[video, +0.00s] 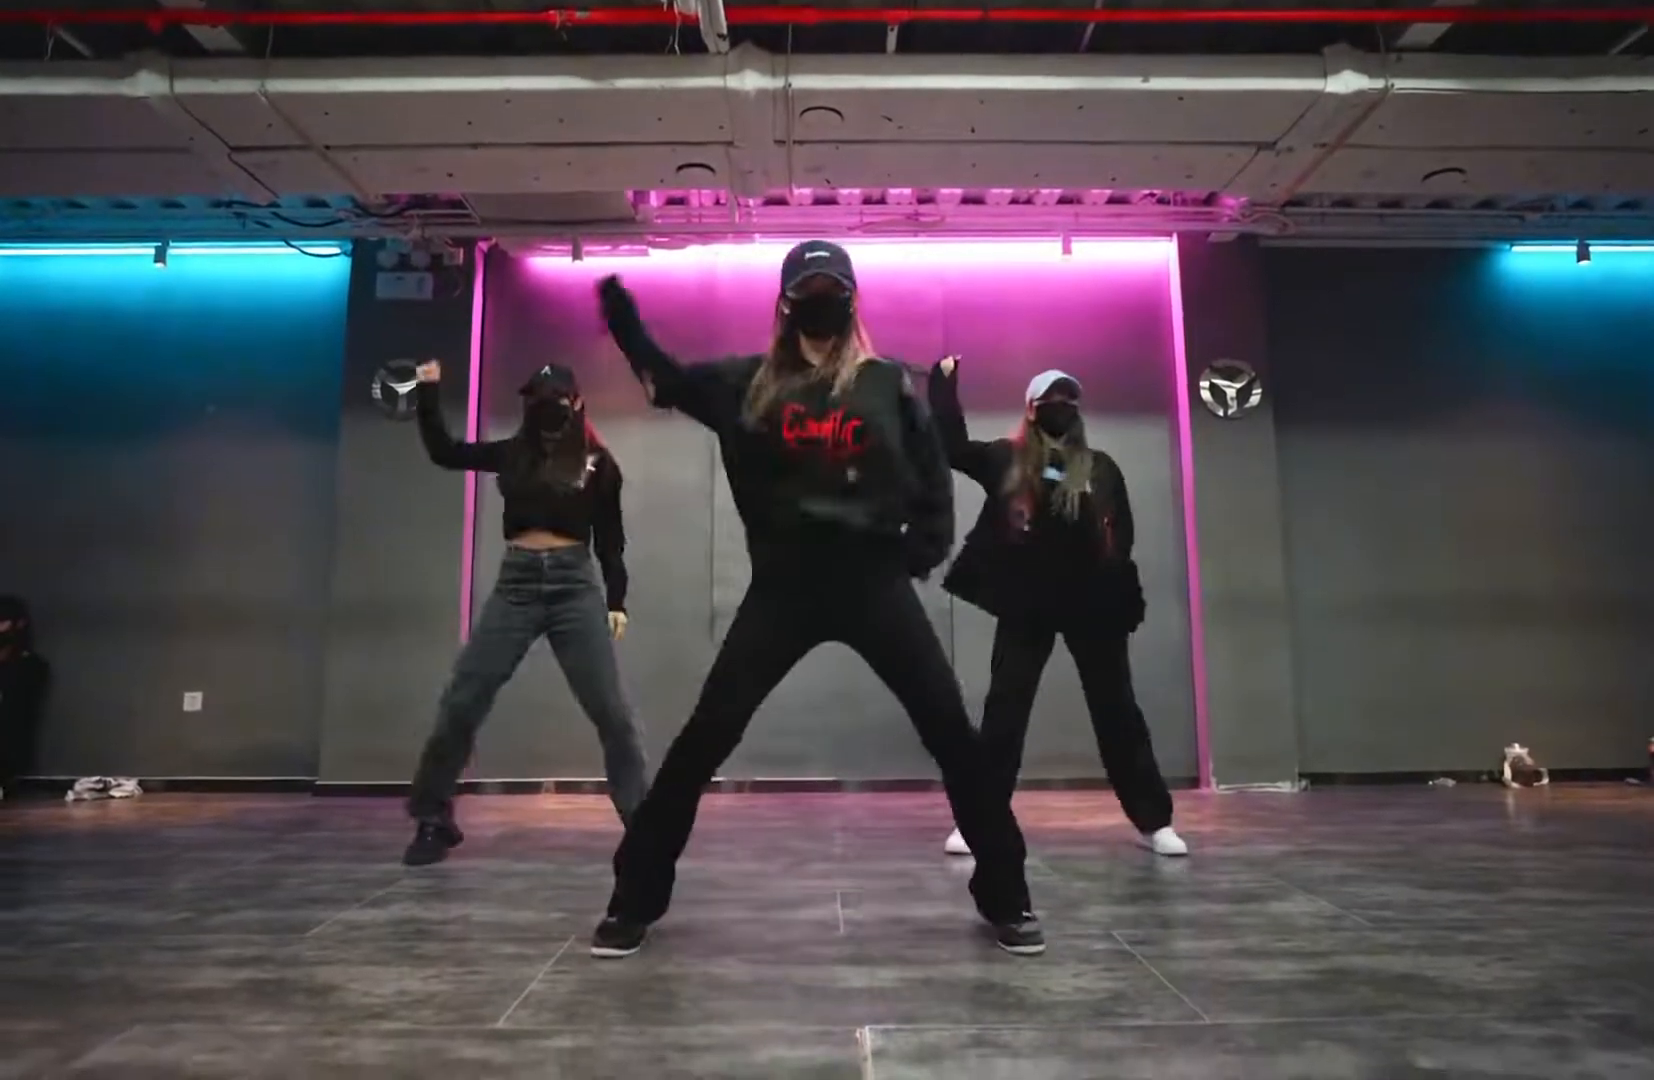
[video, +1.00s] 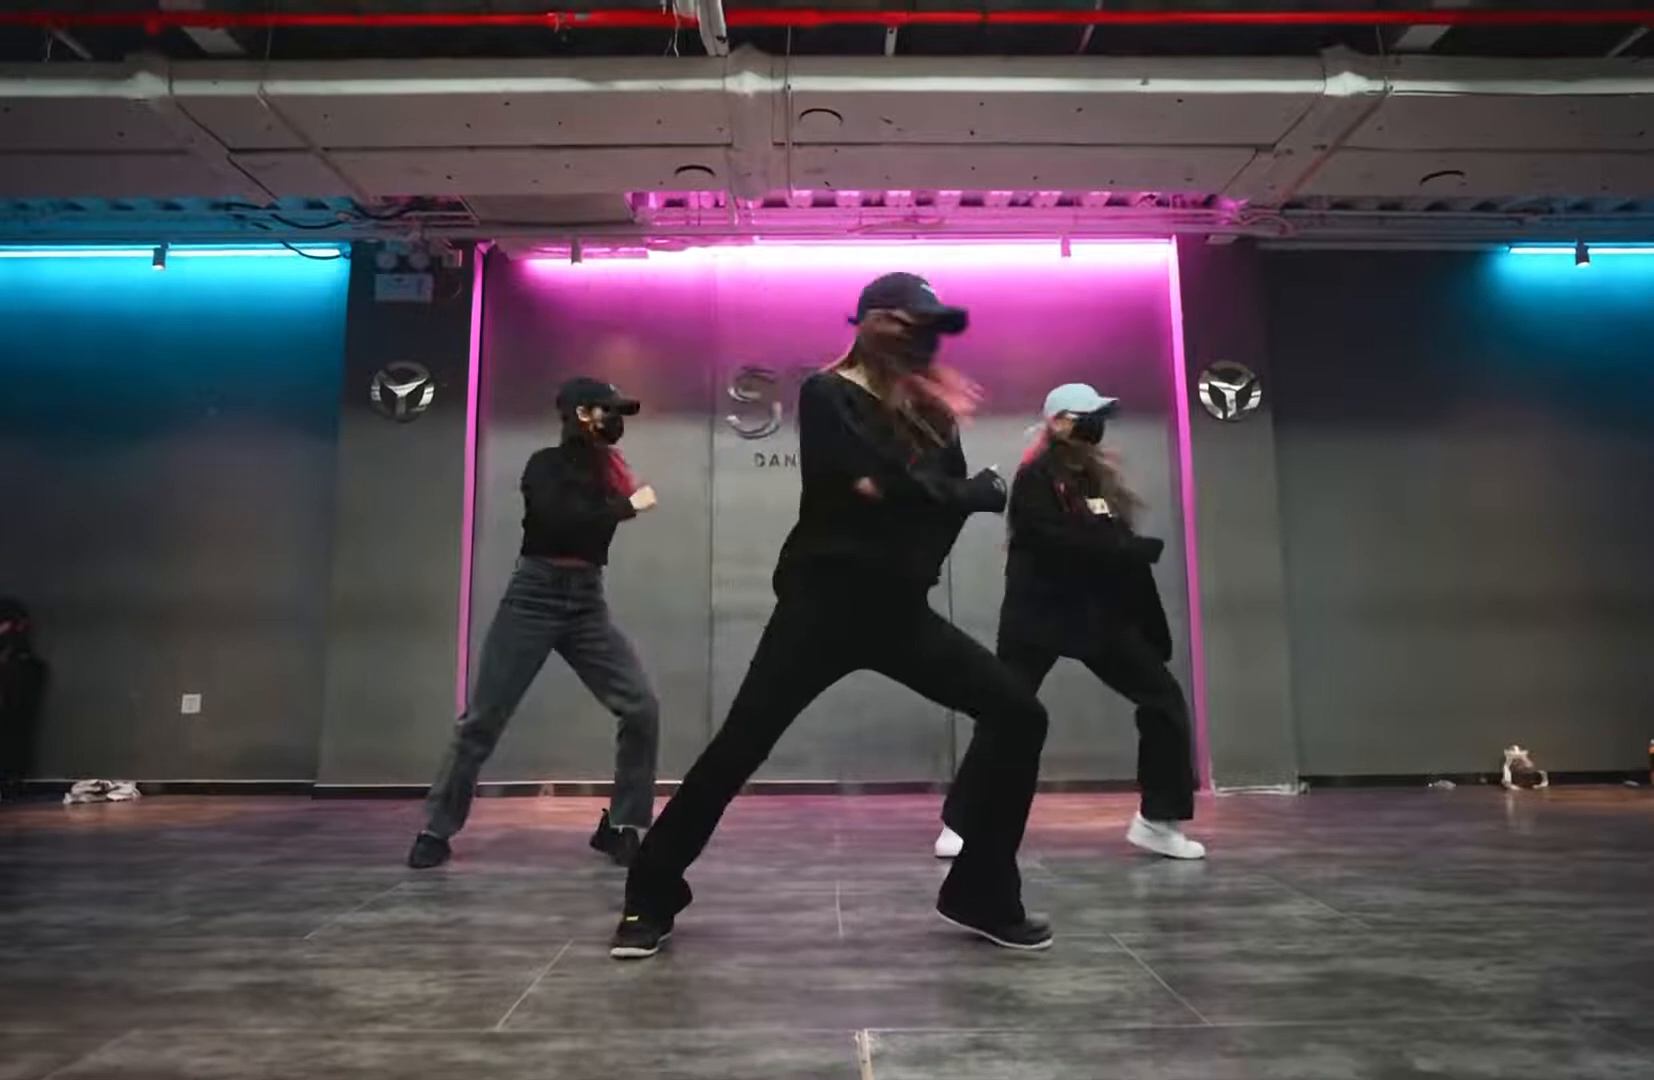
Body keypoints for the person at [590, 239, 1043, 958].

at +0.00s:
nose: (821, 305)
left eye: (832, 293)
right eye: (807, 294)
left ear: (851, 300)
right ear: (786, 302)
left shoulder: (889, 386)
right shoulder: (748, 386)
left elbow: (935, 483)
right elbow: (667, 380)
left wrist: (915, 556)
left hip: (876, 587)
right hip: (783, 590)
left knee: (952, 732)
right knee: (706, 737)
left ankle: (1007, 900)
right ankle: (632, 905)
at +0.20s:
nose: (810, 302)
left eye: (822, 289)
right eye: (798, 290)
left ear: (841, 295)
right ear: (776, 295)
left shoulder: (880, 383)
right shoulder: (730, 377)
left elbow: (935, 485)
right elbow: (649, 371)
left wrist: (953, 511)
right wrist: (612, 285)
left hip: (868, 588)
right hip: (771, 590)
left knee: (942, 732)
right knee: (698, 738)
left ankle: (1004, 899)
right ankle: (634, 904)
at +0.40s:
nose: (815, 357)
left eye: (827, 342)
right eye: (801, 343)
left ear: (846, 346)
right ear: (778, 349)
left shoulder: (881, 435)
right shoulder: (750, 440)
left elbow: (937, 521)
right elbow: (691, 527)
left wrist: (949, 608)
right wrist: (707, 588)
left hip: (864, 630)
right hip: (781, 629)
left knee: (897, 788)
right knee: (741, 777)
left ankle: (1024, 884)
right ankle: (646, 902)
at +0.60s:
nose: (838, 353)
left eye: (852, 342)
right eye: (827, 338)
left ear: (878, 338)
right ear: (817, 336)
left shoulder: (909, 410)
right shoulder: (795, 408)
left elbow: (935, 518)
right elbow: (805, 500)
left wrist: (841, 511)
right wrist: (905, 505)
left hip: (885, 618)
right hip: (799, 618)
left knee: (996, 719)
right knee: (726, 751)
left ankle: (981, 892)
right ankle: (647, 898)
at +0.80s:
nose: (944, 345)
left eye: (945, 336)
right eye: (936, 331)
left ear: (918, 332)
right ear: (900, 324)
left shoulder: (935, 416)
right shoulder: (835, 389)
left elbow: (955, 509)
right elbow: (871, 471)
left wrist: (901, 486)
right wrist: (971, 495)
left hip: (902, 614)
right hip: (821, 610)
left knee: (1019, 713)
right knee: (740, 749)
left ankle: (980, 888)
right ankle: (651, 898)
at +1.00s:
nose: (924, 345)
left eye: (930, 334)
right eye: (912, 330)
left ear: (930, 338)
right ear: (876, 327)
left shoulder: (933, 415)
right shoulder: (829, 392)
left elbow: (978, 497)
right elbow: (850, 480)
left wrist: (887, 488)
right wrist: (967, 493)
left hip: (899, 616)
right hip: (818, 613)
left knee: (1018, 714)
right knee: (736, 750)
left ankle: (982, 890)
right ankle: (647, 901)